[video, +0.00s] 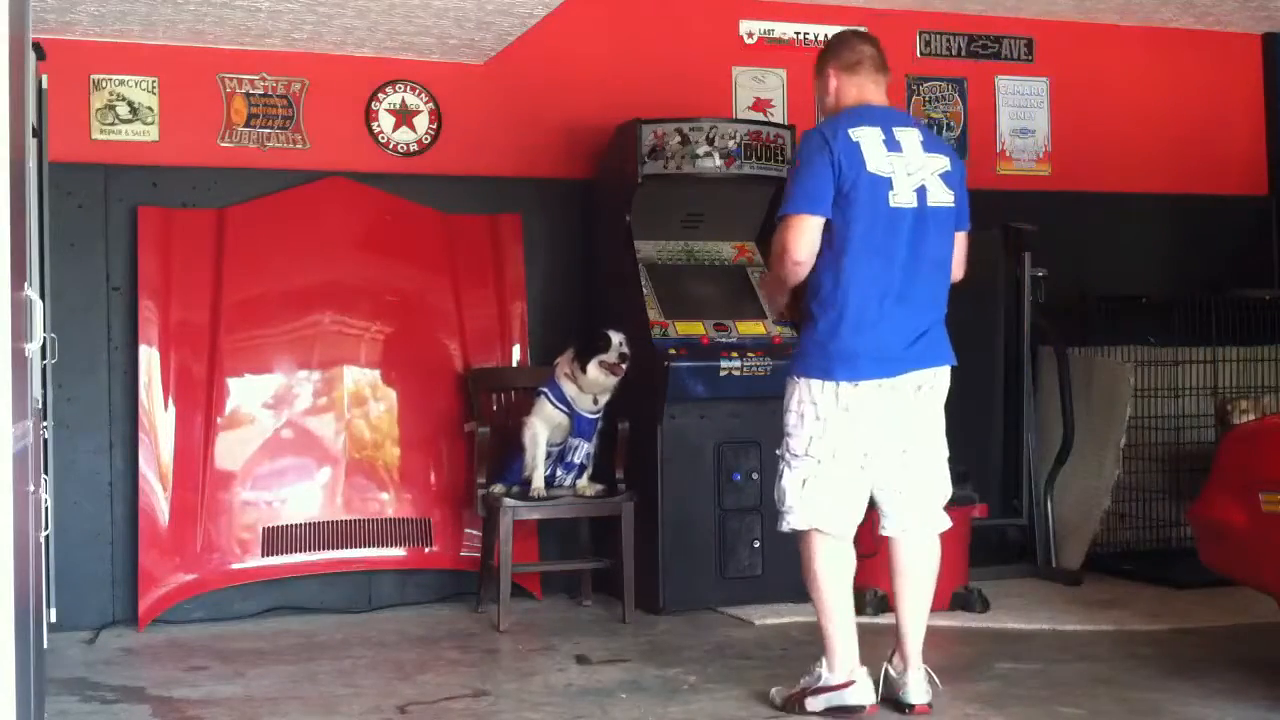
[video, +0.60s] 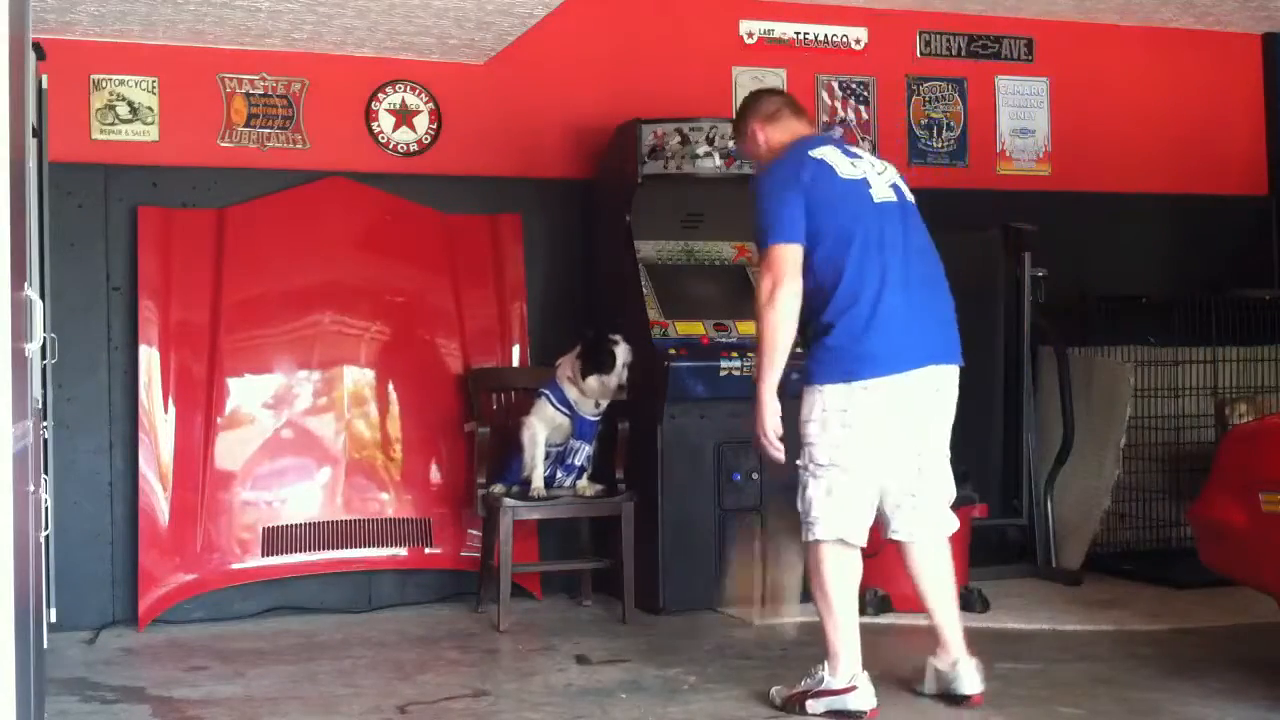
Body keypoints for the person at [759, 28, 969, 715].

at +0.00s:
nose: (819, 98)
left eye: (818, 87)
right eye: (820, 87)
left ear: (832, 79)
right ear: (886, 80)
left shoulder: (828, 142)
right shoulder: (942, 149)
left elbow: (796, 256)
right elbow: (955, 266)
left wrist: (774, 291)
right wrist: (880, 276)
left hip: (839, 370)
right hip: (923, 366)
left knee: (824, 519)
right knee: (915, 515)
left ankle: (841, 675)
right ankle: (911, 670)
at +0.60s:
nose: (749, 159)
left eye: (746, 148)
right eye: (746, 150)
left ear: (759, 130)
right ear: (801, 118)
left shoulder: (784, 173)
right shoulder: (868, 162)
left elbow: (781, 285)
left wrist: (767, 390)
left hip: (853, 366)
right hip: (935, 356)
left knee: (833, 522)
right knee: (924, 514)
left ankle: (843, 674)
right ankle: (957, 660)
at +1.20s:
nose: (814, 170)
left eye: (809, 155)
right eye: (808, 159)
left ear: (828, 130)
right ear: (856, 122)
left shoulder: (870, 169)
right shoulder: (932, 161)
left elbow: (866, 262)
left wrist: (768, 291)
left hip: (921, 362)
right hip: (990, 353)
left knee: (884, 507)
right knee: (979, 506)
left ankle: (895, 657)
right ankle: (981, 649)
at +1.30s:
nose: (821, 165)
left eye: (816, 150)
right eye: (814, 154)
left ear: (838, 126)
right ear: (858, 119)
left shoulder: (884, 162)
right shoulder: (936, 159)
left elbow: (878, 253)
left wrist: (776, 263)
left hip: (923, 362)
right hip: (991, 354)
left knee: (887, 505)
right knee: (981, 505)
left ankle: (900, 656)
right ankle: (983, 650)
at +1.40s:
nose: (825, 163)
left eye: (819, 148)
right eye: (818, 152)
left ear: (840, 123)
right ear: (862, 117)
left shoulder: (891, 160)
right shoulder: (935, 162)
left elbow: (898, 249)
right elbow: (945, 279)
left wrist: (796, 259)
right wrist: (873, 324)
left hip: (930, 357)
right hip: (992, 351)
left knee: (888, 503)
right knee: (980, 503)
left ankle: (899, 658)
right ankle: (982, 650)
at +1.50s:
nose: (814, 162)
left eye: (812, 147)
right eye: (809, 152)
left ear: (838, 125)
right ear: (852, 119)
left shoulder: (892, 161)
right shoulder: (924, 163)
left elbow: (916, 254)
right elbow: (917, 294)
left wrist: (819, 280)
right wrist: (841, 323)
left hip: (931, 361)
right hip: (985, 354)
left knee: (892, 506)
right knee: (973, 504)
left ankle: (903, 662)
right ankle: (982, 649)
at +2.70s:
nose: (829, 191)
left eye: (827, 176)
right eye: (820, 184)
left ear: (856, 142)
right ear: (846, 152)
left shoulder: (926, 179)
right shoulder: (880, 204)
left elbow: (989, 258)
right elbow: (887, 299)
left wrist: (991, 364)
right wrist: (813, 308)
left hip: (962, 377)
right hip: (935, 376)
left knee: (927, 513)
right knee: (956, 511)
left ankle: (911, 665)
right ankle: (1008, 628)